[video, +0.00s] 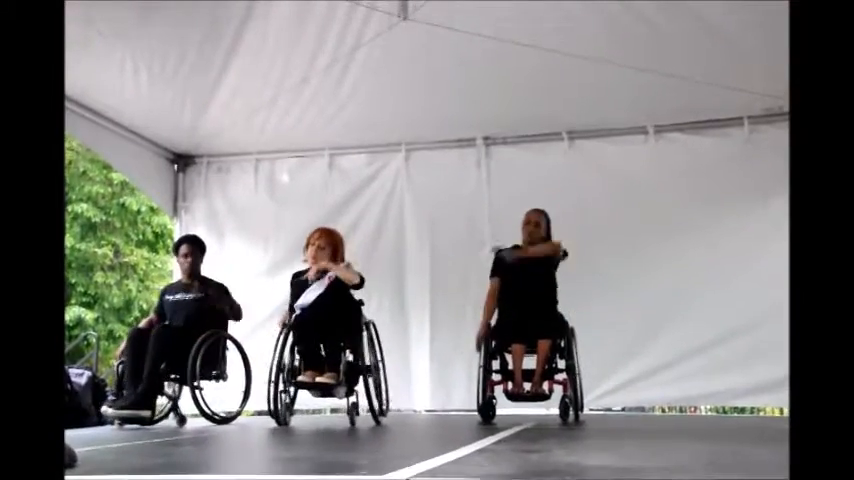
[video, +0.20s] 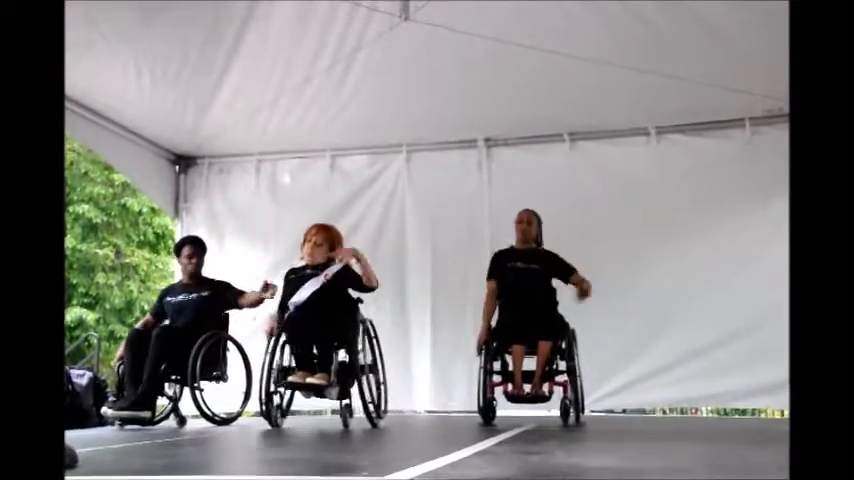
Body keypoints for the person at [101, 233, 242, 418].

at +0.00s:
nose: (190, 261)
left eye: (195, 256)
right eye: (185, 256)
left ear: (201, 258)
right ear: (177, 259)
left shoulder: (215, 289)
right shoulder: (168, 291)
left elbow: (237, 315)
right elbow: (156, 319)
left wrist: (211, 297)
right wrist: (129, 340)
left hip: (205, 353)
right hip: (175, 352)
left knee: (162, 333)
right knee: (136, 334)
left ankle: (146, 401)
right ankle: (132, 398)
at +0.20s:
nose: (194, 261)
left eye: (198, 256)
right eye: (189, 256)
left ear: (203, 259)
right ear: (179, 260)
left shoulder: (217, 288)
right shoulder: (169, 293)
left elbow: (243, 299)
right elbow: (150, 321)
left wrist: (261, 295)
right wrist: (126, 345)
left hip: (206, 355)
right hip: (176, 353)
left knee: (163, 335)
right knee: (136, 335)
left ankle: (145, 403)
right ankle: (131, 400)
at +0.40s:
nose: (199, 261)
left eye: (202, 257)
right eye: (193, 256)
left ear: (207, 260)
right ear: (182, 260)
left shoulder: (219, 289)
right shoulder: (169, 293)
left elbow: (246, 300)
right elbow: (145, 322)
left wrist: (268, 296)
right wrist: (124, 349)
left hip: (209, 356)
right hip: (178, 355)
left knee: (168, 334)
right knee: (140, 335)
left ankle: (149, 403)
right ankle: (134, 401)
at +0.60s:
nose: (205, 263)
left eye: (209, 259)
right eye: (200, 258)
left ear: (213, 261)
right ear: (188, 259)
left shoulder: (225, 294)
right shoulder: (173, 292)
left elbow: (254, 321)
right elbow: (150, 321)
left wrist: (242, 306)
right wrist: (127, 349)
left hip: (212, 359)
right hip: (181, 358)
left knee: (172, 336)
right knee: (147, 334)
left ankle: (153, 402)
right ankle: (139, 400)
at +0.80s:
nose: (211, 265)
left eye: (216, 261)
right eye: (207, 260)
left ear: (222, 263)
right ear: (198, 260)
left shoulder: (231, 296)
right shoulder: (182, 289)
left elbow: (245, 322)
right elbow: (159, 316)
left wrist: (209, 320)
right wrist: (137, 345)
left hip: (213, 359)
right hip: (183, 353)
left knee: (177, 335)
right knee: (151, 335)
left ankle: (157, 401)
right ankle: (144, 399)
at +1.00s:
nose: (207, 267)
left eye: (212, 262)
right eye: (203, 262)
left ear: (222, 262)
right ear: (197, 262)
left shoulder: (233, 292)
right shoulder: (192, 287)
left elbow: (238, 324)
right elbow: (184, 314)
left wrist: (207, 317)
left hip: (218, 350)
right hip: (192, 346)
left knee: (174, 335)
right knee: (154, 335)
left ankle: (153, 399)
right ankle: (144, 398)